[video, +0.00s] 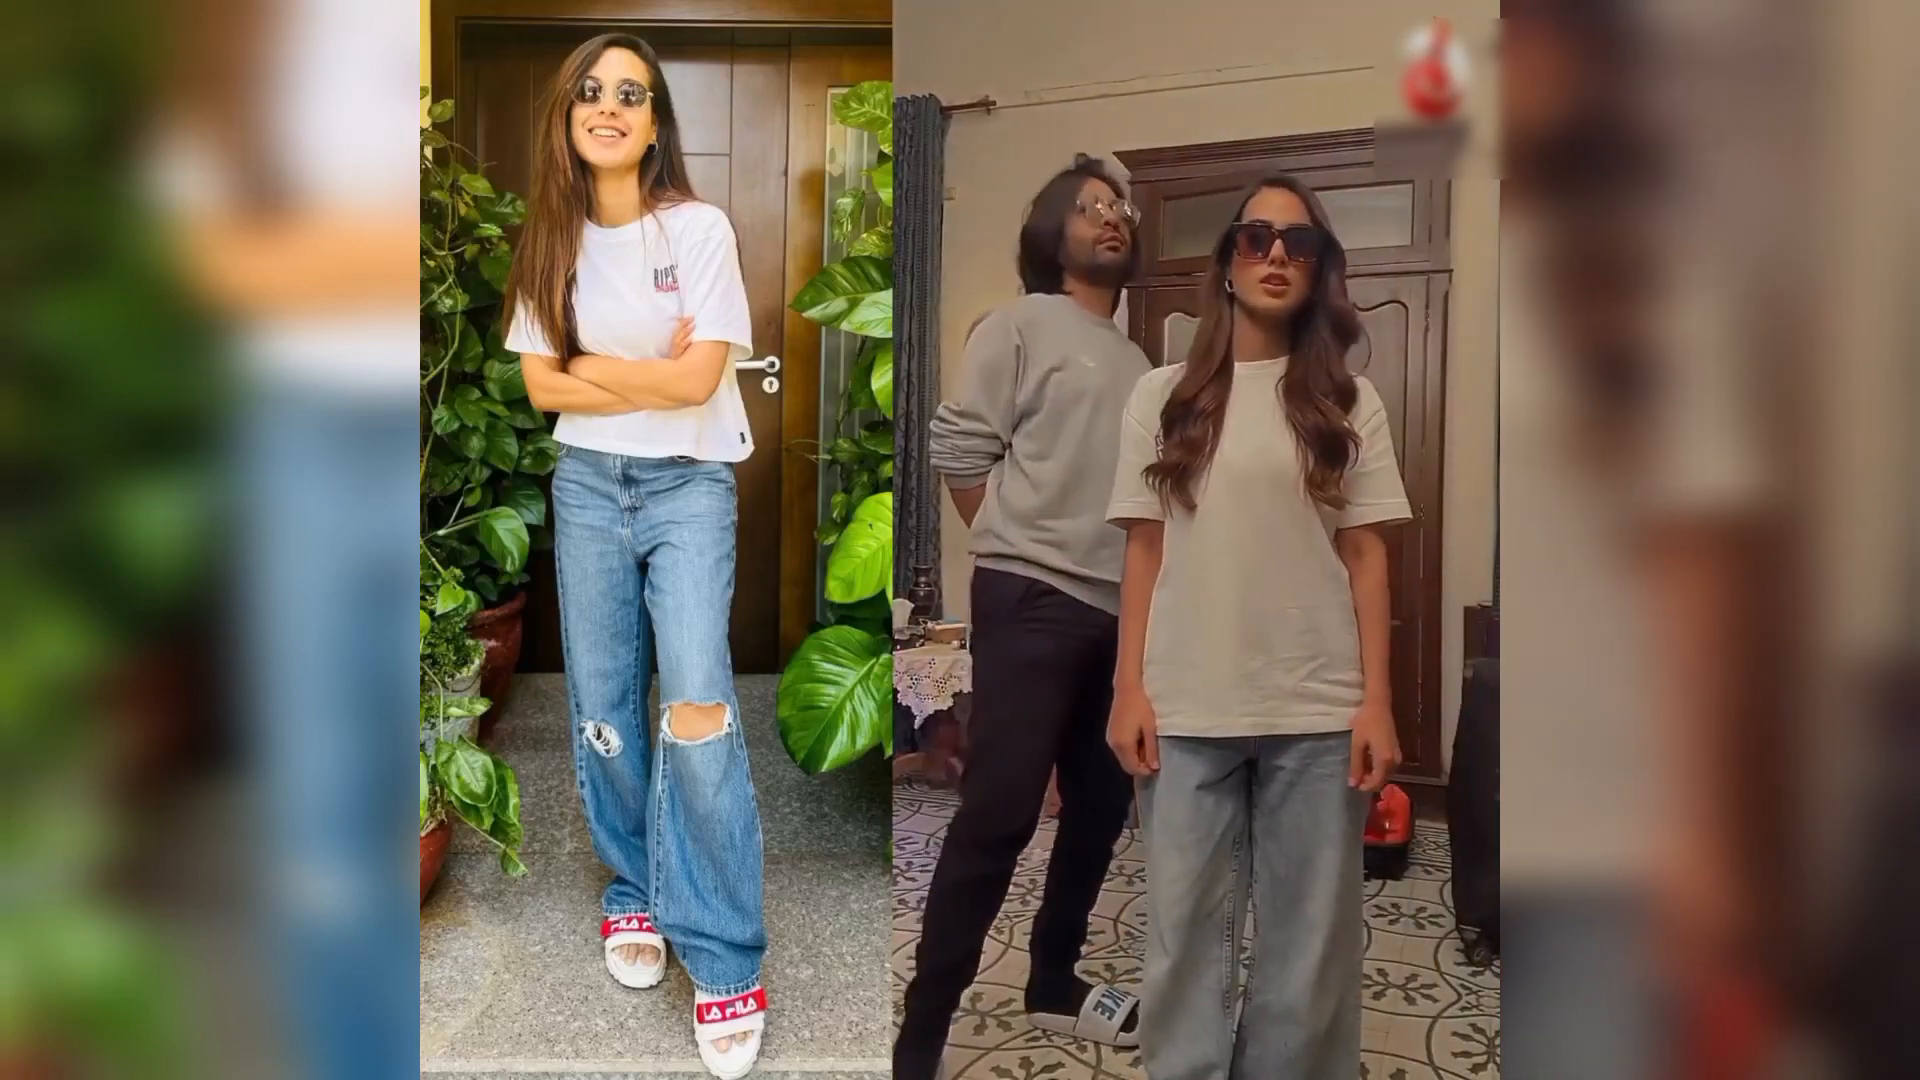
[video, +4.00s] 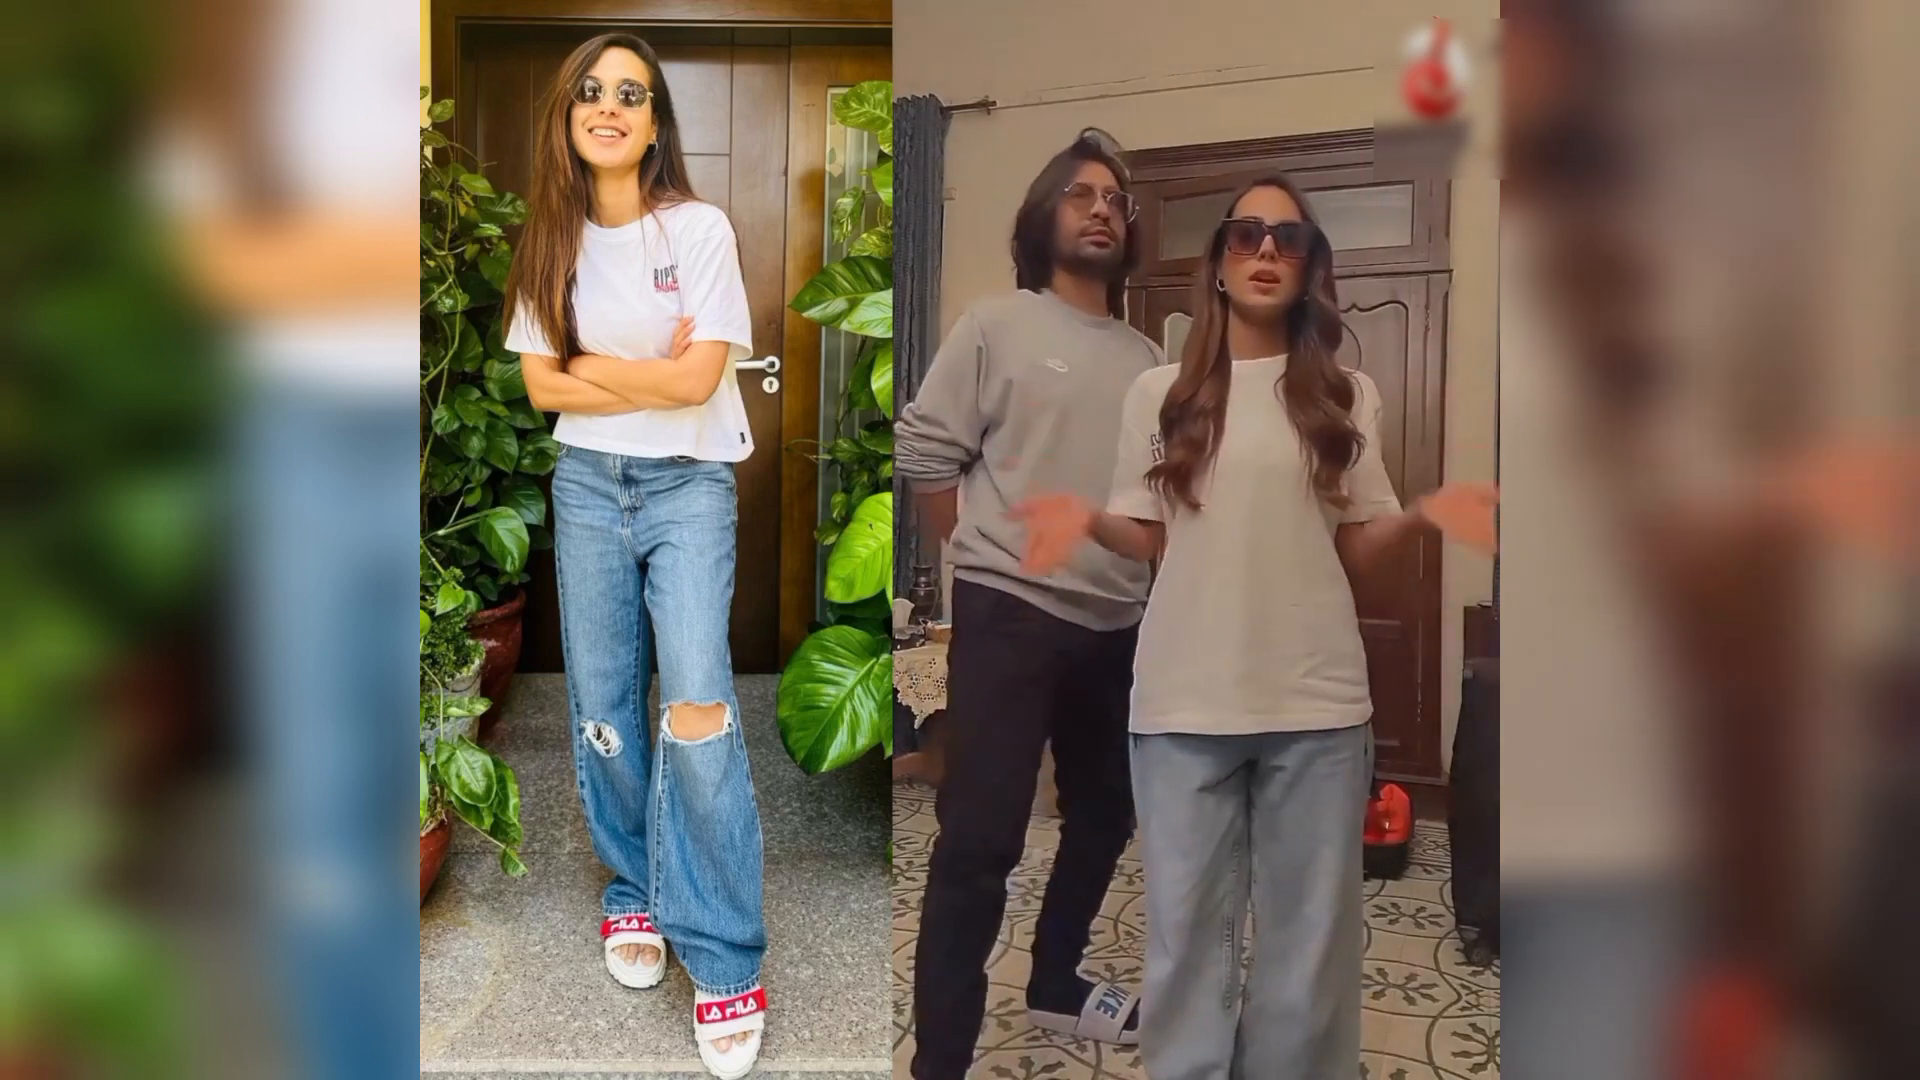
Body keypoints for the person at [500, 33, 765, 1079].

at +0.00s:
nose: (610, 111)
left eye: (630, 97)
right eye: (593, 95)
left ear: (657, 121)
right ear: (566, 117)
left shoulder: (700, 226)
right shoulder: (550, 240)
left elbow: (699, 379)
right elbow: (541, 386)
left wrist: (576, 362)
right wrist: (662, 379)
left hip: (689, 482)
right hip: (585, 484)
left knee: (695, 709)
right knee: (603, 709)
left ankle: (724, 957)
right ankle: (631, 890)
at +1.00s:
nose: (610, 111)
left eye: (630, 97)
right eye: (593, 95)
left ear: (657, 121)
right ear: (566, 118)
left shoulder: (700, 226)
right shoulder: (549, 240)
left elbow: (699, 378)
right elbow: (540, 386)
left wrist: (575, 362)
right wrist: (662, 379)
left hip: (689, 482)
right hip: (585, 484)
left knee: (695, 709)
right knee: (603, 709)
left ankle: (724, 958)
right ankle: (631, 890)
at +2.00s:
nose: (610, 111)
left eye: (630, 97)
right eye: (593, 95)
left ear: (656, 121)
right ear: (566, 117)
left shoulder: (699, 225)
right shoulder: (549, 240)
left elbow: (698, 378)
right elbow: (541, 385)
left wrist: (576, 362)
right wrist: (662, 379)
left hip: (689, 482)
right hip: (585, 484)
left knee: (694, 709)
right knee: (603, 708)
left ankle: (724, 958)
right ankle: (631, 891)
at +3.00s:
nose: (610, 111)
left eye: (629, 98)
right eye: (593, 95)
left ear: (656, 121)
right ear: (566, 117)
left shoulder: (699, 225)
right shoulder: (549, 240)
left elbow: (698, 378)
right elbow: (541, 385)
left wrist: (577, 362)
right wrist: (661, 379)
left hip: (689, 482)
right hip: (584, 484)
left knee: (694, 709)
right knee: (603, 708)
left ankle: (724, 957)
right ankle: (631, 891)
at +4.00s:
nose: (610, 111)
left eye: (629, 97)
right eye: (593, 95)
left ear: (656, 122)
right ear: (566, 117)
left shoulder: (699, 226)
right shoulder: (549, 239)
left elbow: (698, 378)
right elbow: (540, 385)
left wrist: (576, 362)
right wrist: (662, 378)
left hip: (689, 481)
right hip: (584, 483)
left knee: (695, 709)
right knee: (602, 708)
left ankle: (724, 955)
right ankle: (631, 890)